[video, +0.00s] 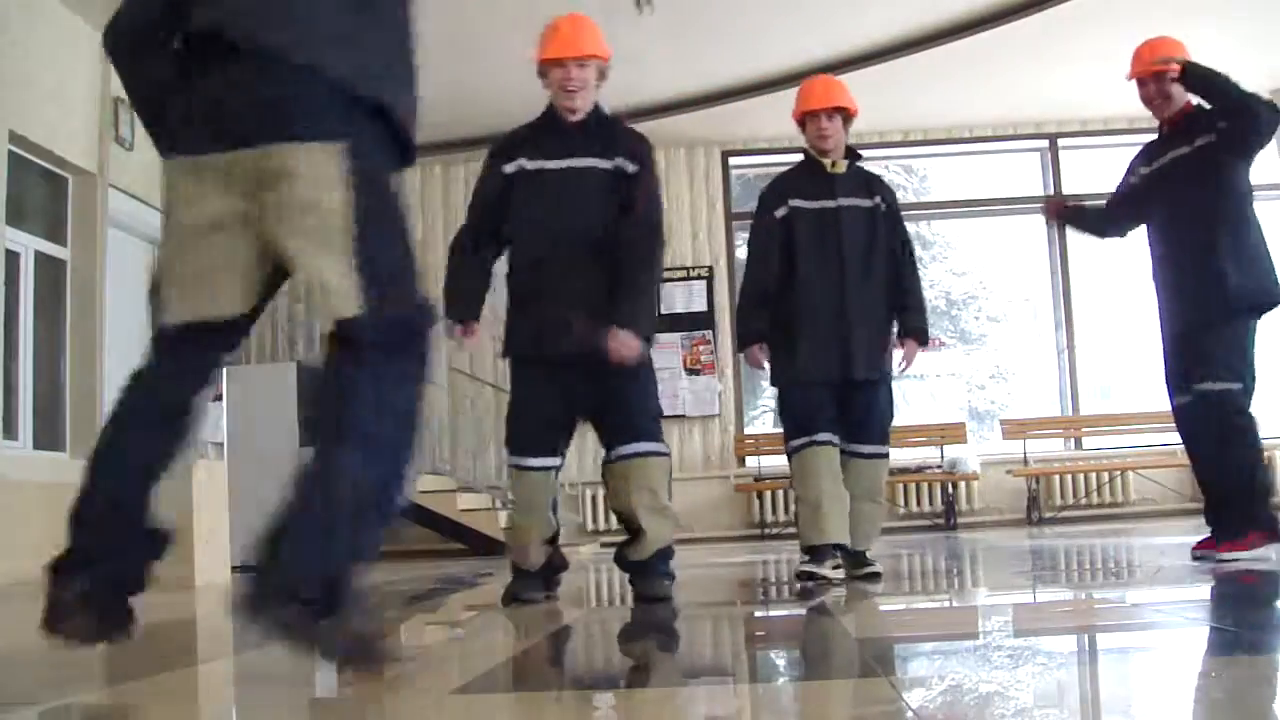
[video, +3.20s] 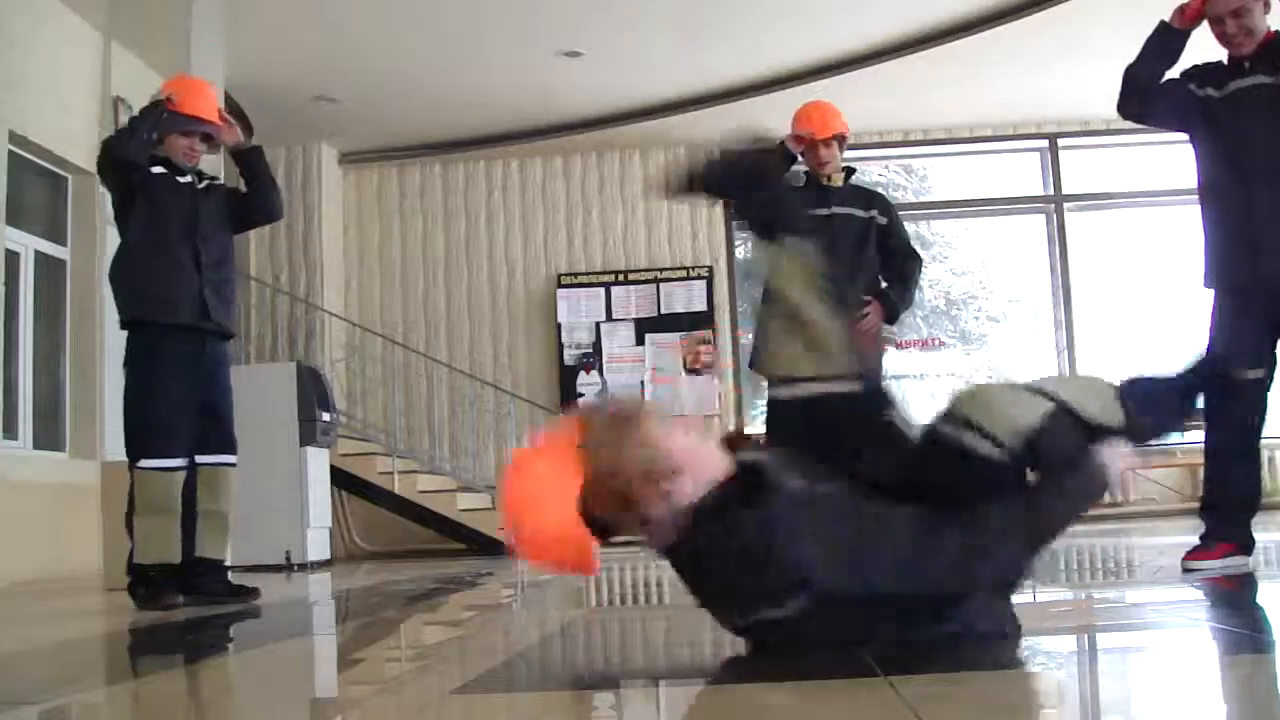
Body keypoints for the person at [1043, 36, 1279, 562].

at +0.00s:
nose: (1148, 92)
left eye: (1156, 80)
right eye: (1141, 84)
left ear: (1181, 79)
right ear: (1136, 91)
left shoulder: (1221, 129)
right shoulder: (1148, 160)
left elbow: (1263, 116)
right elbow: (1113, 222)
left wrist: (1196, 75)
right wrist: (1068, 211)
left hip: (1228, 287)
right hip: (1180, 299)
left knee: (1220, 400)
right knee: (1190, 409)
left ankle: (1254, 524)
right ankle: (1228, 526)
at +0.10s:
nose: (1158, 88)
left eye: (1167, 76)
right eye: (1150, 80)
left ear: (1192, 78)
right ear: (1144, 89)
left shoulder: (1229, 128)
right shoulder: (1149, 159)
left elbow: (1264, 109)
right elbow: (1102, 203)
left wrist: (1197, 69)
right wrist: (1080, 159)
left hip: (1237, 288)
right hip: (1182, 304)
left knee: (1239, 397)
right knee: (1195, 413)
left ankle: (1279, 520)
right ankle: (1232, 528)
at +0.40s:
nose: (1190, 81)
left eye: (1199, 68)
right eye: (1181, 73)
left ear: (1224, 70)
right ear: (1175, 83)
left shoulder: (1263, 123)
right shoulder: (1165, 145)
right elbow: (1107, 147)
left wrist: (1226, 60)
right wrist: (1137, 86)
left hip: (1268, 294)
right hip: (1205, 304)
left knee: (1276, 406)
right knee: (1215, 418)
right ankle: (1232, 529)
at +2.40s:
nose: (1195, 33)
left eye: (1205, 18)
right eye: (1184, 25)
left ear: (1233, 13)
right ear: (1175, 30)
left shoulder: (1268, 69)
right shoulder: (1171, 96)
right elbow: (1102, 103)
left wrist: (1256, 5)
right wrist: (1152, 28)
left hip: (1270, 273)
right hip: (1205, 279)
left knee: (1279, 398)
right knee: (1212, 414)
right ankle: (1227, 537)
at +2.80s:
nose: (1207, 30)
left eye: (1216, 15)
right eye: (1195, 21)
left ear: (1245, 11)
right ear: (1186, 27)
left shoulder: (1273, 67)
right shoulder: (1179, 90)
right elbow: (1111, 99)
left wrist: (1268, 7)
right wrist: (1159, 24)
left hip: (1274, 274)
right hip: (1213, 281)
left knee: (1279, 398)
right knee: (1216, 413)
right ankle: (1227, 540)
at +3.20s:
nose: (1230, 29)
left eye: (1239, 14)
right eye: (1218, 21)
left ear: (1265, 7)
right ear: (1208, 24)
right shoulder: (1206, 88)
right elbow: (1135, 101)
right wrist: (1176, 26)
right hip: (1244, 275)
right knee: (1233, 407)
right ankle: (1228, 537)